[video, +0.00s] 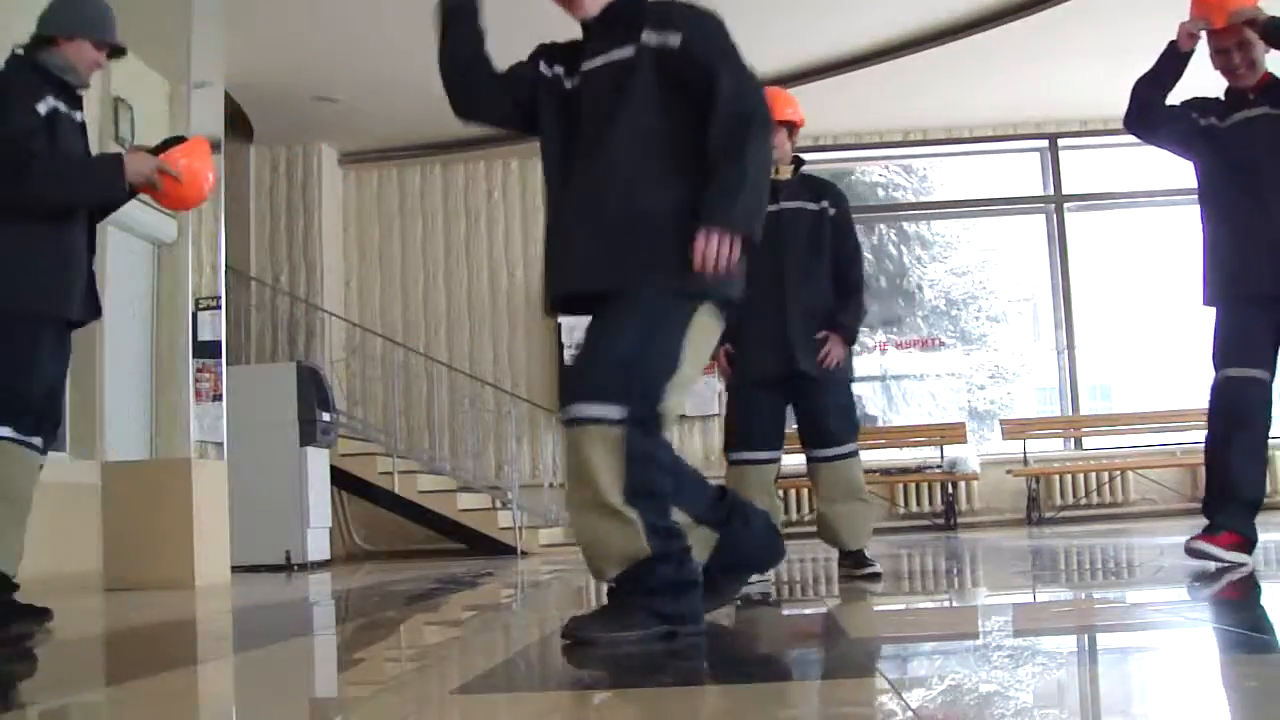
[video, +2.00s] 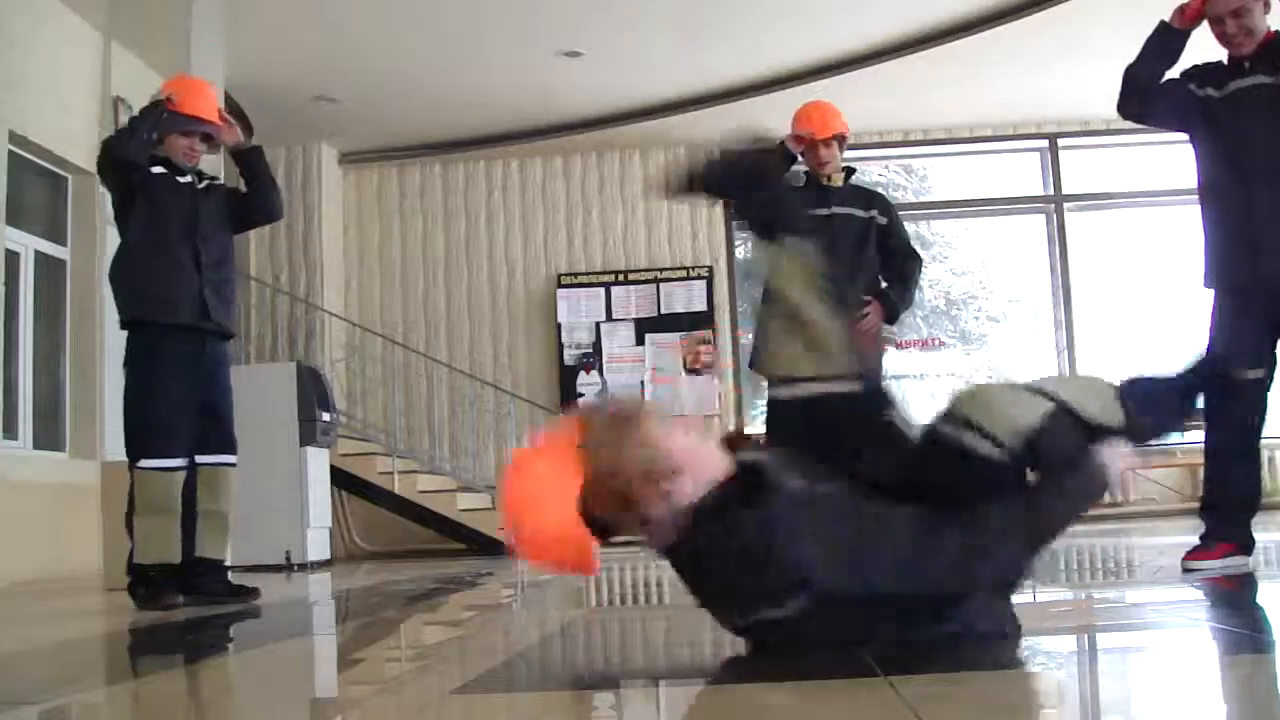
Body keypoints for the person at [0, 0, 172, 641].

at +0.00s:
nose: (105, 61)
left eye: (108, 52)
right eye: (101, 48)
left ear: (72, 41)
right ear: (68, 39)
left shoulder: (59, 102)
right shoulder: (21, 91)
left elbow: (67, 201)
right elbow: (31, 183)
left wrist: (131, 181)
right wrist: (119, 170)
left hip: (45, 306)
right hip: (21, 305)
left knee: (28, 444)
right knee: (18, 443)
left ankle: (6, 586)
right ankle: (3, 589)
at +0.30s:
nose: (119, 90)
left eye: (122, 80)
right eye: (116, 77)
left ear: (75, 66)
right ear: (89, 66)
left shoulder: (27, 111)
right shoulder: (57, 115)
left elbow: (78, 207)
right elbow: (77, 194)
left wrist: (148, 186)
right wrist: (153, 173)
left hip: (18, 313)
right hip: (53, 314)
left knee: (16, 450)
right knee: (94, 439)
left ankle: (4, 583)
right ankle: (86, 580)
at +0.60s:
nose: (160, 93)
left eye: (161, 83)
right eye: (153, 81)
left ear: (118, 85)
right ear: (123, 82)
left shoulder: (93, 134)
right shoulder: (112, 135)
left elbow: (136, 233)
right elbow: (134, 222)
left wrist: (206, 223)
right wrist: (207, 193)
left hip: (73, 325)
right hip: (102, 328)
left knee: (59, 447)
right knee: (114, 457)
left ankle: (7, 579)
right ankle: (141, 587)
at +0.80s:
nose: (186, 100)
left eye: (188, 91)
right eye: (178, 89)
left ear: (161, 92)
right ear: (148, 88)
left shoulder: (144, 143)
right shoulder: (128, 140)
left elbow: (162, 232)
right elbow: (139, 227)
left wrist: (225, 215)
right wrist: (215, 203)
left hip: (137, 324)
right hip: (124, 325)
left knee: (138, 448)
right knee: (136, 450)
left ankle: (56, 546)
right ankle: (141, 586)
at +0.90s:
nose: (193, 108)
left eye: (197, 99)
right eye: (185, 97)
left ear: (186, 103)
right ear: (158, 96)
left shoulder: (163, 152)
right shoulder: (131, 145)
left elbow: (187, 234)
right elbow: (152, 218)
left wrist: (253, 199)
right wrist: (226, 181)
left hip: (157, 322)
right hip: (135, 321)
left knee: (157, 444)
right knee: (143, 450)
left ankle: (107, 557)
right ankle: (140, 582)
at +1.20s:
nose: (217, 146)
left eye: (222, 138)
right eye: (209, 137)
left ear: (223, 143)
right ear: (184, 133)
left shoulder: (221, 188)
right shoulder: (148, 161)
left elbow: (275, 200)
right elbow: (164, 150)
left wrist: (274, 141)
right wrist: (205, 104)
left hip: (209, 332)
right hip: (165, 326)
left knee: (213, 454)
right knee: (172, 453)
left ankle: (203, 572)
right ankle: (148, 577)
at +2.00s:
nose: (196, 146)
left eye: (205, 140)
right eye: (187, 134)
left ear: (212, 146)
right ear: (160, 130)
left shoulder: (217, 196)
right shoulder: (137, 178)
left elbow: (269, 207)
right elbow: (117, 155)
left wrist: (244, 148)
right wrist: (157, 113)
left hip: (211, 338)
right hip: (157, 334)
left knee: (213, 455)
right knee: (160, 456)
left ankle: (205, 571)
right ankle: (152, 574)